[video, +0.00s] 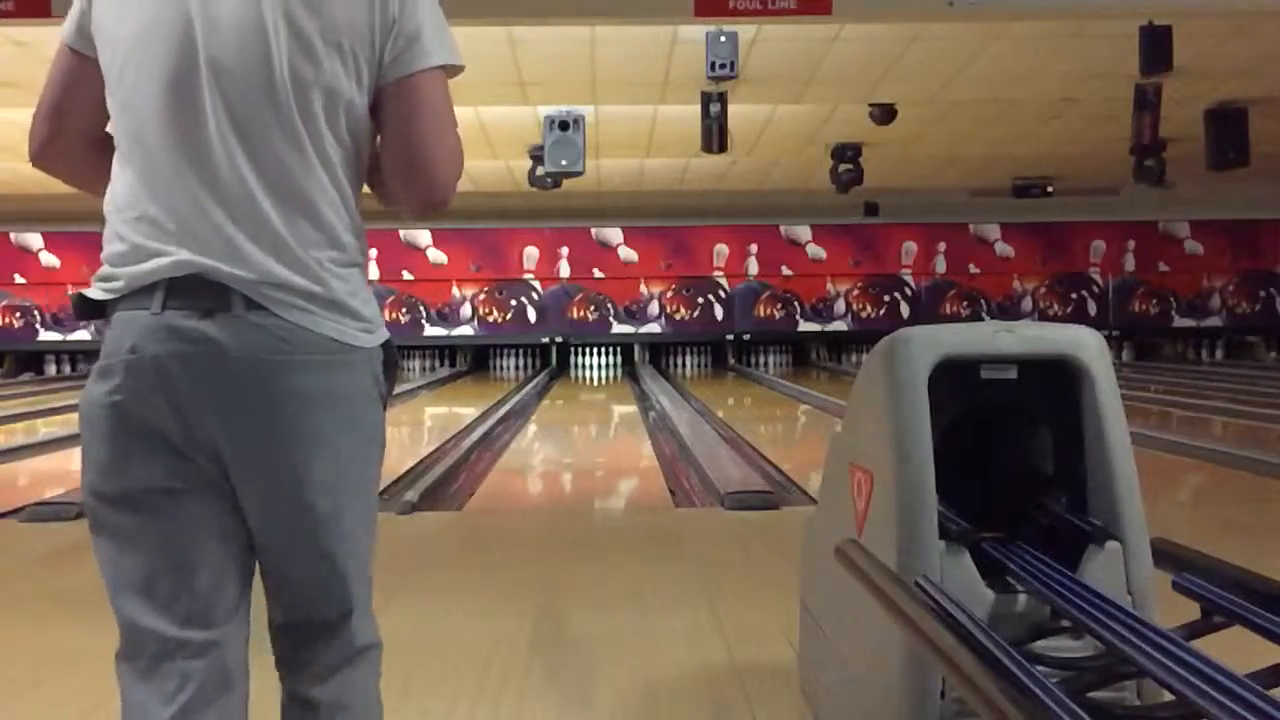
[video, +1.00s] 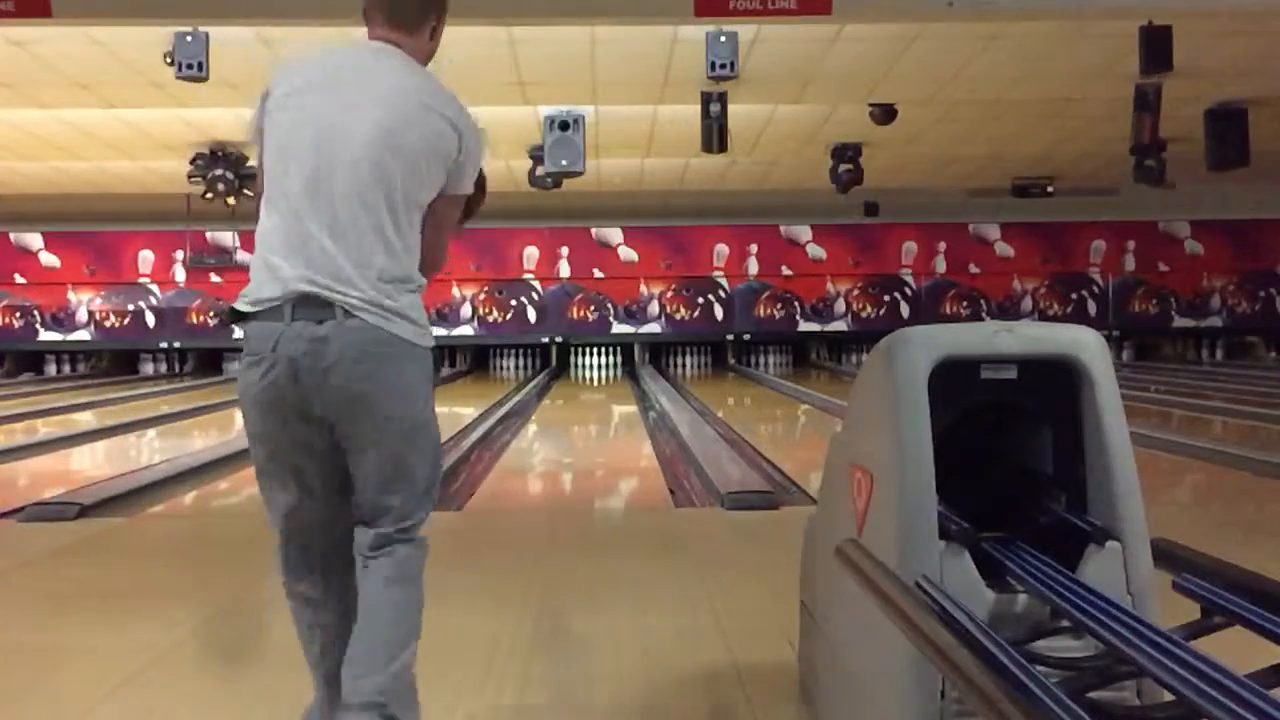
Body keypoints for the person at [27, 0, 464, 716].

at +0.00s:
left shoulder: (116, 1)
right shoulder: (389, 1)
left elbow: (57, 138)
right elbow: (426, 185)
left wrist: (174, 191)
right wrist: (348, 134)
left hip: (143, 340)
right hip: (308, 344)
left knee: (171, 661)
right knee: (330, 652)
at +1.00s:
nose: (437, 43)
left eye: (433, 30)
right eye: (438, 31)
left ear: (365, 18)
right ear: (433, 30)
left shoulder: (285, 83)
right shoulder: (449, 116)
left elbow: (270, 196)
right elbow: (428, 259)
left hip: (268, 343)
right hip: (376, 349)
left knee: (308, 545)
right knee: (389, 535)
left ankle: (334, 706)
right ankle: (371, 708)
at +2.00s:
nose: (534, 252)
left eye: (537, 244)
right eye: (536, 242)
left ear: (509, 217)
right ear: (530, 231)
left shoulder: (464, 249)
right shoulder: (506, 232)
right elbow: (477, 197)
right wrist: (445, 157)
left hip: (372, 348)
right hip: (429, 347)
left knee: (408, 464)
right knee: (453, 459)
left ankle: (370, 564)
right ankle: (430, 580)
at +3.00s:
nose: (587, 228)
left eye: (584, 221)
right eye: (588, 222)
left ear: (557, 213)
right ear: (585, 220)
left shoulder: (529, 231)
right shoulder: (585, 246)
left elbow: (482, 229)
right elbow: (623, 247)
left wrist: (435, 230)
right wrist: (633, 234)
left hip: (485, 331)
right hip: (489, 326)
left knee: (508, 418)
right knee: (434, 398)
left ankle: (510, 503)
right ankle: (384, 335)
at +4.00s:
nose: (573, 207)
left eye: (570, 199)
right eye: (575, 200)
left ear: (545, 195)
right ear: (574, 201)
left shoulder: (522, 218)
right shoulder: (551, 229)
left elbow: (473, 236)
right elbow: (517, 260)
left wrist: (428, 261)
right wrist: (487, 314)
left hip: (499, 333)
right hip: (492, 331)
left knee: (514, 415)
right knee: (463, 414)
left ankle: (505, 501)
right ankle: (394, 482)